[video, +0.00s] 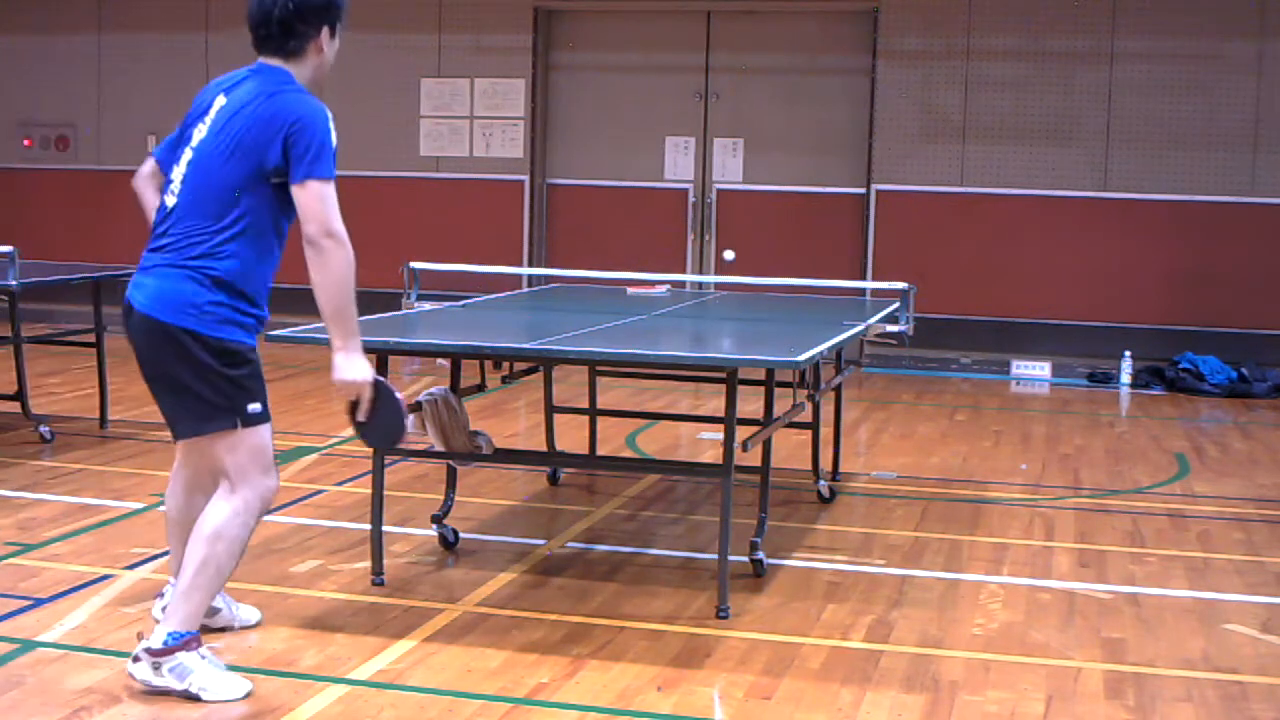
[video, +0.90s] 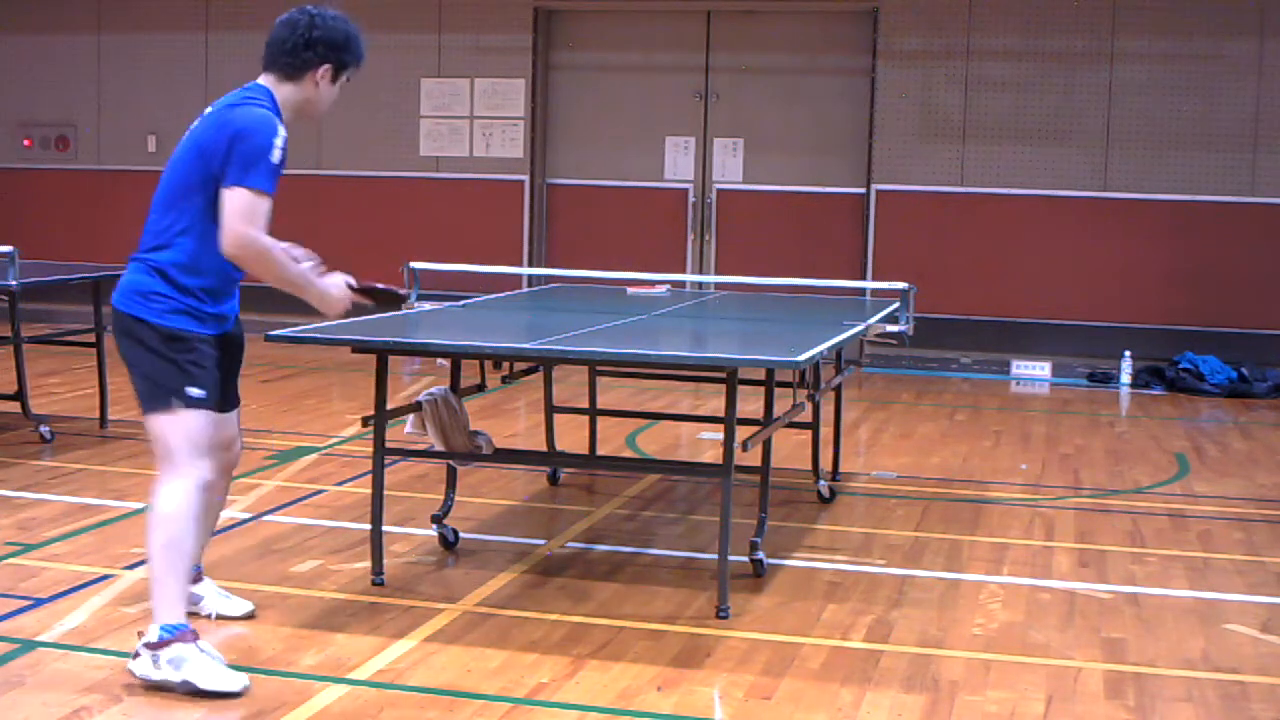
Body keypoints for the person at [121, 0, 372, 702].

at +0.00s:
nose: (336, 48)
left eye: (336, 35)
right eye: (337, 35)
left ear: (265, 30)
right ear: (323, 37)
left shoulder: (222, 89)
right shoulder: (304, 113)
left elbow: (148, 179)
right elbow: (323, 234)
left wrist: (186, 255)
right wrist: (347, 351)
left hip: (156, 300)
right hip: (204, 314)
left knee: (200, 458)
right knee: (253, 484)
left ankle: (188, 595)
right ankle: (169, 645)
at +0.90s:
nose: (336, 99)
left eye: (342, 86)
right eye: (340, 84)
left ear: (294, 65)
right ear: (319, 73)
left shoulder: (250, 115)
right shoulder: (256, 121)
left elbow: (227, 230)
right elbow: (240, 238)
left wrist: (286, 257)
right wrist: (315, 289)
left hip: (209, 315)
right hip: (166, 312)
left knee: (220, 454)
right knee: (184, 464)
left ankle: (183, 582)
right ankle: (166, 638)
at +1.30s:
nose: (323, 89)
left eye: (328, 76)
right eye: (317, 72)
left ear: (292, 70)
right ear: (275, 61)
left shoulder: (276, 143)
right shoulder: (210, 109)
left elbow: (286, 235)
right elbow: (193, 215)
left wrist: (363, 225)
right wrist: (286, 238)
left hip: (191, 299)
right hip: (124, 288)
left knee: (207, 444)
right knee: (95, 436)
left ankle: (181, 581)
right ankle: (10, 571)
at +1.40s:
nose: (318, 89)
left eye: (323, 77)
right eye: (311, 73)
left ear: (291, 72)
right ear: (267, 62)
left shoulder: (277, 145)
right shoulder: (202, 113)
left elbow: (291, 236)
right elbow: (192, 221)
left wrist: (370, 227)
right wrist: (289, 240)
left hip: (187, 297)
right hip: (116, 285)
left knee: (203, 438)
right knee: (75, 433)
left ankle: (182, 580)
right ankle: (8, 575)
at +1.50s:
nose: (316, 93)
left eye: (320, 80)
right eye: (308, 77)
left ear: (286, 76)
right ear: (264, 68)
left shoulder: (279, 147)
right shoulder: (196, 117)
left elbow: (294, 239)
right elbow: (192, 226)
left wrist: (372, 233)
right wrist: (286, 241)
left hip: (183, 297)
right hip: (111, 286)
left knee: (199, 438)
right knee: (67, 433)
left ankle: (181, 580)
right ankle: (4, 576)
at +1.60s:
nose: (314, 95)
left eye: (317, 82)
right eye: (305, 79)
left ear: (278, 78)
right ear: (261, 72)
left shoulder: (279, 148)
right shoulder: (193, 120)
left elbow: (296, 241)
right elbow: (194, 230)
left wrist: (364, 237)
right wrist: (289, 242)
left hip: (180, 296)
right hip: (107, 285)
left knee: (195, 436)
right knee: (63, 432)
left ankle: (182, 580)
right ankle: (1, 574)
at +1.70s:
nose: (310, 94)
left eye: (313, 81)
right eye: (300, 79)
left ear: (273, 79)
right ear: (256, 74)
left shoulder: (279, 148)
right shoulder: (189, 122)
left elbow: (298, 242)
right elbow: (196, 232)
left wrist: (363, 239)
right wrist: (294, 242)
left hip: (178, 296)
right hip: (104, 285)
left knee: (192, 433)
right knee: (57, 431)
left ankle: (181, 580)